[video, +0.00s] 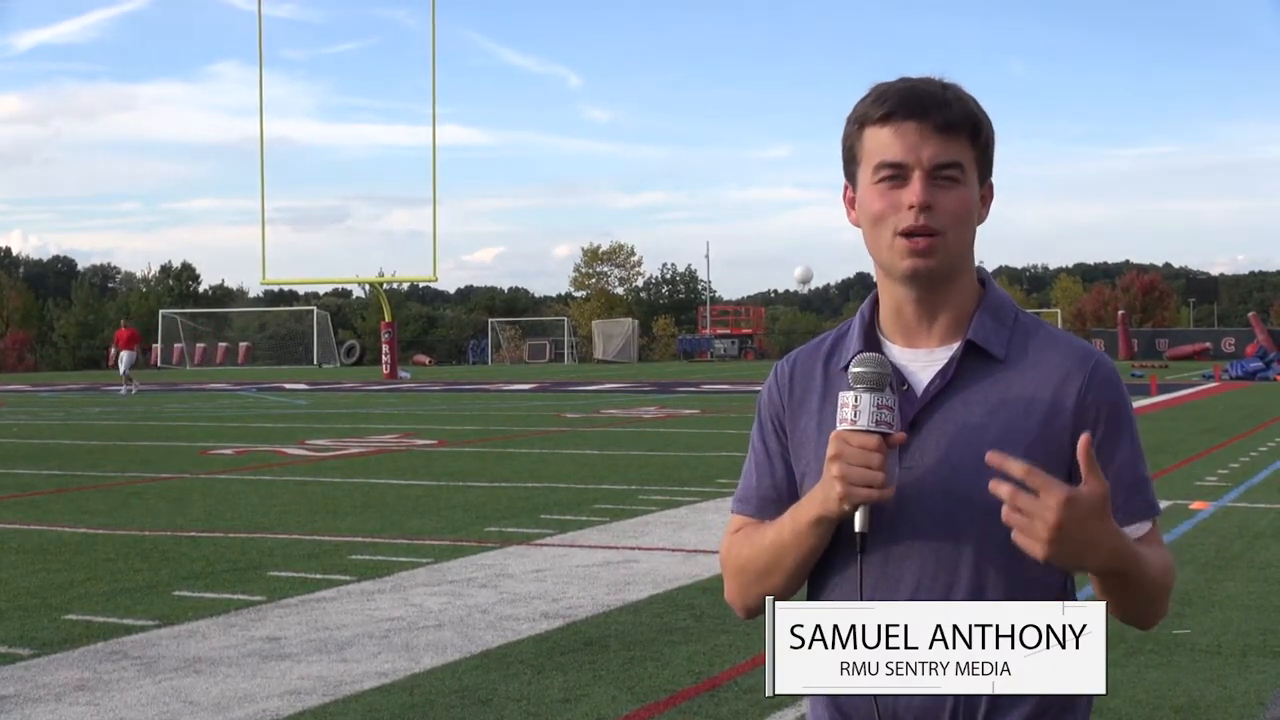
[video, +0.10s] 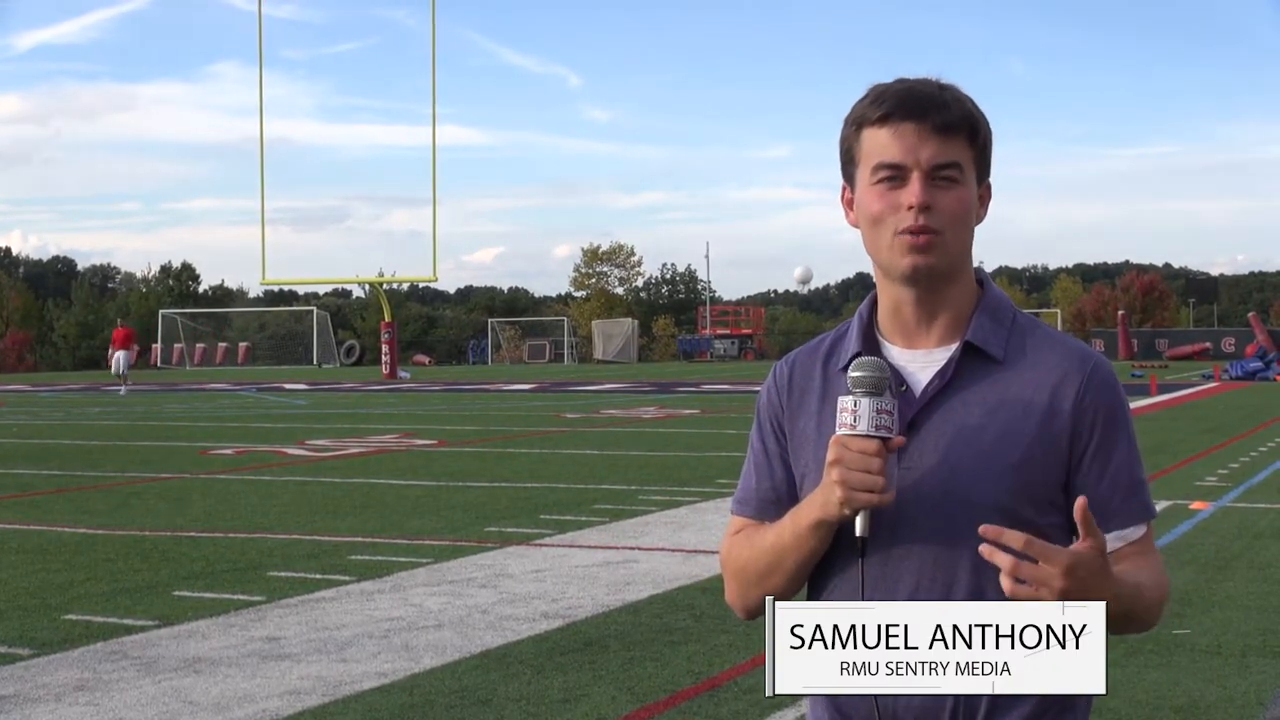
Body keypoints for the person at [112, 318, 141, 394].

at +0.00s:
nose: (124, 324)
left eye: (125, 322)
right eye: (122, 322)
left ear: (128, 323)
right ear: (121, 323)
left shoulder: (133, 332)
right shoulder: (118, 332)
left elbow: (137, 344)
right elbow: (115, 345)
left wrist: (138, 354)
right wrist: (112, 358)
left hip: (130, 352)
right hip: (122, 352)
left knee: (124, 371)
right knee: (122, 372)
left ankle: (124, 388)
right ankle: (134, 384)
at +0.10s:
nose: (120, 323)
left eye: (121, 322)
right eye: (118, 322)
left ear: (124, 322)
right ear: (117, 323)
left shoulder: (129, 331)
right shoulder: (115, 331)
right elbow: (112, 344)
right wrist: (109, 354)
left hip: (125, 351)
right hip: (116, 351)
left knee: (123, 371)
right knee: (114, 371)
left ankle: (124, 387)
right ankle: (124, 382)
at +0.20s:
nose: (116, 322)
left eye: (118, 321)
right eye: (115, 321)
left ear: (120, 321)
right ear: (114, 321)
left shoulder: (123, 330)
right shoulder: (112, 330)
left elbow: (126, 341)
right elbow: (110, 341)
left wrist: (126, 351)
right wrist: (109, 349)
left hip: (121, 351)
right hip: (113, 351)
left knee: (122, 370)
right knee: (109, 369)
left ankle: (123, 387)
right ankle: (116, 385)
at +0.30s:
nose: (112, 323)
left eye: (113, 322)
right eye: (111, 322)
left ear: (117, 322)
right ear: (110, 322)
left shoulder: (120, 330)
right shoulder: (108, 331)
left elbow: (121, 342)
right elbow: (108, 342)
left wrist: (115, 350)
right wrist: (106, 350)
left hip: (119, 352)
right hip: (110, 352)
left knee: (120, 371)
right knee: (106, 371)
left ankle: (123, 388)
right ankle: (105, 387)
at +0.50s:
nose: (103, 325)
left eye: (104, 323)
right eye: (102, 323)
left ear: (107, 324)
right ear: (100, 324)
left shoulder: (110, 332)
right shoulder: (99, 332)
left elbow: (111, 343)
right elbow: (99, 342)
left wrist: (104, 349)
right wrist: (98, 351)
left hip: (109, 353)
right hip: (101, 353)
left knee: (113, 372)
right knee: (98, 372)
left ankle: (120, 387)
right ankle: (97, 388)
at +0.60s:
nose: (98, 323)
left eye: (99, 322)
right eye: (97, 322)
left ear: (102, 322)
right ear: (96, 323)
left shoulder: (106, 331)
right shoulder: (95, 332)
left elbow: (109, 342)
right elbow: (94, 342)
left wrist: (104, 350)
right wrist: (94, 351)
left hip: (104, 353)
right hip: (96, 353)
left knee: (105, 372)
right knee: (96, 372)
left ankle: (116, 384)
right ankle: (97, 388)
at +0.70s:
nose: (95, 323)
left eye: (96, 321)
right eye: (94, 322)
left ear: (99, 322)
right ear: (93, 323)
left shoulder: (104, 331)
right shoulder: (91, 331)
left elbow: (107, 342)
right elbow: (89, 343)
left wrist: (105, 352)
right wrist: (87, 353)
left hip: (100, 352)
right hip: (92, 352)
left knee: (99, 371)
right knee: (94, 372)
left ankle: (107, 383)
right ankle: (97, 387)